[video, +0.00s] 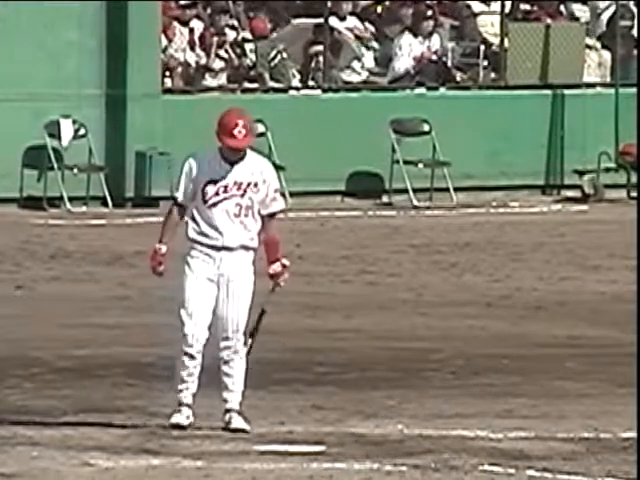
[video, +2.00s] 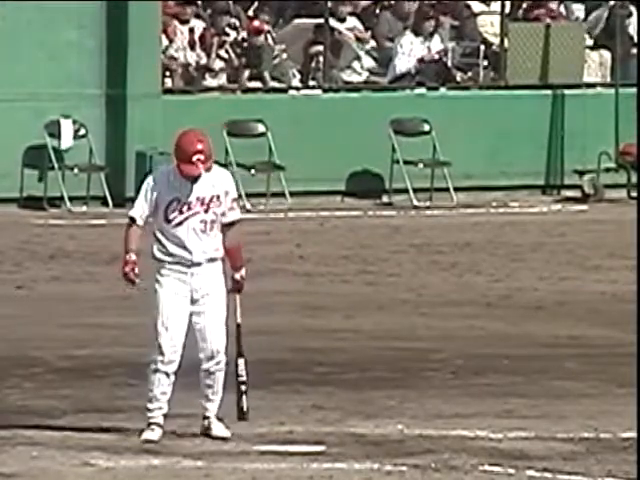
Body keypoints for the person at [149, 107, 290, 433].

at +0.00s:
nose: (239, 149)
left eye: (243, 143)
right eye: (232, 144)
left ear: (249, 137)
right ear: (219, 138)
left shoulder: (263, 170)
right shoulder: (197, 166)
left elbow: (269, 221)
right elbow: (178, 207)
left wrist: (275, 260)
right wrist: (162, 243)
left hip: (240, 258)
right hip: (200, 256)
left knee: (234, 334)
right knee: (193, 332)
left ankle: (233, 408)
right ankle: (184, 405)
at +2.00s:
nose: (195, 172)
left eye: (199, 166)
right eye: (189, 167)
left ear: (208, 158)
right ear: (177, 160)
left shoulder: (221, 179)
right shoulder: (157, 182)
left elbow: (230, 229)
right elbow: (136, 222)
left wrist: (237, 270)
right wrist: (131, 254)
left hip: (210, 272)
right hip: (171, 274)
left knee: (214, 348)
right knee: (167, 350)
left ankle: (211, 416)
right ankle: (155, 420)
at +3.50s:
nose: (195, 170)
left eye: (198, 164)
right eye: (188, 166)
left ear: (202, 157)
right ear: (172, 162)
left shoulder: (215, 180)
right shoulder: (151, 186)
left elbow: (229, 229)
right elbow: (134, 227)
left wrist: (239, 272)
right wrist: (132, 267)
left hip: (211, 275)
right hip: (170, 278)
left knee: (230, 345)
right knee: (164, 354)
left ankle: (257, 413)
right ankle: (154, 422)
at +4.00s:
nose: (230, 168)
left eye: (232, 163)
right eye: (225, 163)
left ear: (233, 160)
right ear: (209, 160)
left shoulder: (242, 187)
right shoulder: (180, 187)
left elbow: (253, 237)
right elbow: (161, 232)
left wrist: (264, 272)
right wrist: (178, 267)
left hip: (227, 279)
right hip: (188, 279)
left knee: (243, 351)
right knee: (171, 355)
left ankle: (268, 421)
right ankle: (155, 421)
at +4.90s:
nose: (218, 152)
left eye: (219, 146)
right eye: (211, 147)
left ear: (218, 149)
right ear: (193, 151)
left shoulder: (229, 184)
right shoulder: (167, 185)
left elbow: (232, 236)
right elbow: (147, 228)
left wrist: (221, 273)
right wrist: (161, 268)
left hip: (218, 277)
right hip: (178, 279)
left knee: (239, 350)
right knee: (167, 357)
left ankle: (267, 419)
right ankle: (154, 421)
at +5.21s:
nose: (222, 150)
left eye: (223, 145)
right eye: (215, 146)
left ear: (222, 147)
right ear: (196, 149)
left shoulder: (233, 183)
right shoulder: (169, 182)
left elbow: (227, 232)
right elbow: (154, 224)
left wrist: (193, 253)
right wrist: (162, 244)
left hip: (221, 277)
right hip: (184, 280)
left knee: (241, 351)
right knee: (169, 357)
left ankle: (267, 421)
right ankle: (154, 421)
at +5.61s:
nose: (225, 150)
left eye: (225, 144)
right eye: (218, 145)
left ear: (223, 147)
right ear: (199, 148)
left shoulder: (235, 180)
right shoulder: (175, 183)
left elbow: (248, 225)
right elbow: (162, 233)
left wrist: (221, 217)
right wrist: (187, 212)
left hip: (224, 276)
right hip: (186, 277)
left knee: (243, 351)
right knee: (173, 356)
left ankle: (268, 421)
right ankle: (155, 421)